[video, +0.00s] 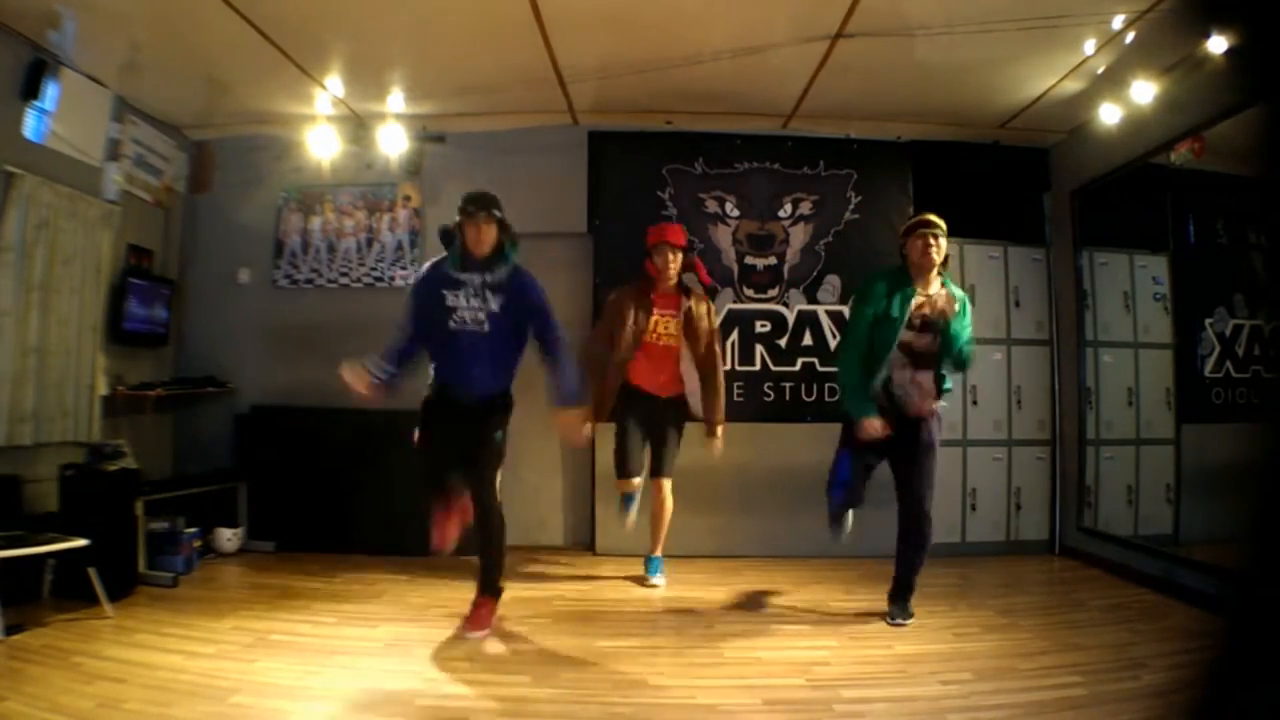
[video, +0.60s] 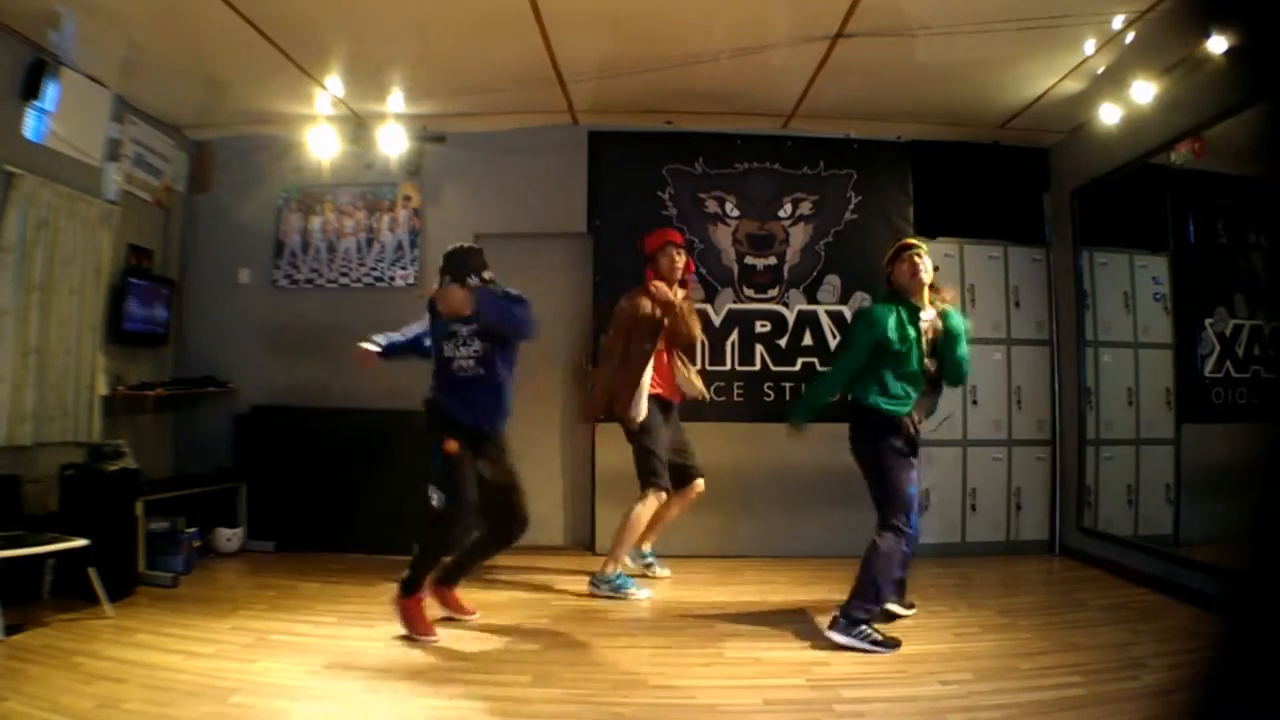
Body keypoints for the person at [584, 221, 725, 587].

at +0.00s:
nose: (668, 263)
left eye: (674, 256)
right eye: (661, 256)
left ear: (683, 260)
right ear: (650, 260)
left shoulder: (697, 306)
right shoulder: (627, 299)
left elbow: (711, 364)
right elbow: (600, 350)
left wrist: (715, 418)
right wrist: (592, 406)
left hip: (673, 399)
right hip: (632, 395)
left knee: (661, 482)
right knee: (628, 478)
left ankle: (656, 558)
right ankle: (631, 491)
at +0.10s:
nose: (663, 264)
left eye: (668, 257)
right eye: (655, 257)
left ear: (675, 261)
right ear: (644, 262)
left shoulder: (695, 305)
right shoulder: (624, 303)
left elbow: (699, 362)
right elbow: (612, 355)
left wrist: (695, 415)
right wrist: (615, 401)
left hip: (675, 404)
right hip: (638, 401)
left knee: (662, 485)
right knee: (640, 472)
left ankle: (655, 560)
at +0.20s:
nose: (651, 259)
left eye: (657, 252)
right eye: (644, 253)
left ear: (668, 255)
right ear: (634, 258)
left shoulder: (690, 290)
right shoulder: (619, 294)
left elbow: (713, 326)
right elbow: (605, 340)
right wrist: (610, 378)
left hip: (677, 390)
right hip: (639, 388)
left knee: (669, 478)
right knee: (647, 461)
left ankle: (663, 553)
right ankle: (645, 518)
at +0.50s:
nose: (672, 259)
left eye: (676, 253)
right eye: (663, 253)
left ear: (682, 260)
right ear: (648, 260)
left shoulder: (692, 305)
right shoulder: (627, 305)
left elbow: (711, 349)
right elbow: (617, 361)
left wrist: (690, 360)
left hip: (676, 403)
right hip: (641, 401)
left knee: (700, 485)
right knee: (659, 486)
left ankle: (648, 543)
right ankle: (617, 562)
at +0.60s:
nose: (680, 261)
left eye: (683, 255)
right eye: (672, 254)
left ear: (685, 261)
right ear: (654, 261)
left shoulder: (680, 303)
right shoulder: (636, 305)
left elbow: (691, 342)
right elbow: (615, 357)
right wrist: (599, 407)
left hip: (669, 402)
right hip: (642, 402)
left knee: (691, 484)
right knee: (656, 491)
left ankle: (642, 547)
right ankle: (609, 570)